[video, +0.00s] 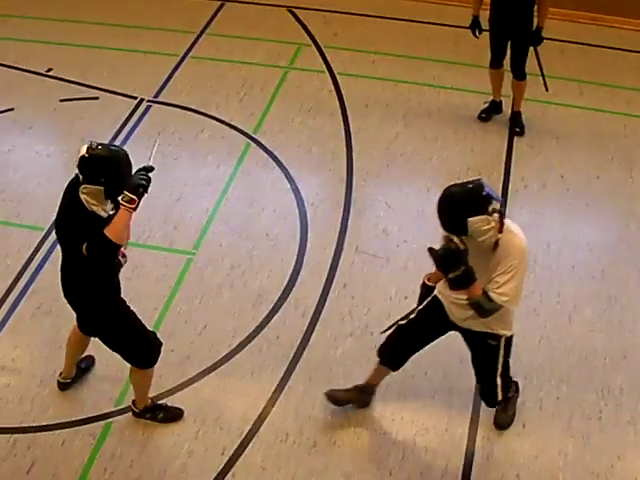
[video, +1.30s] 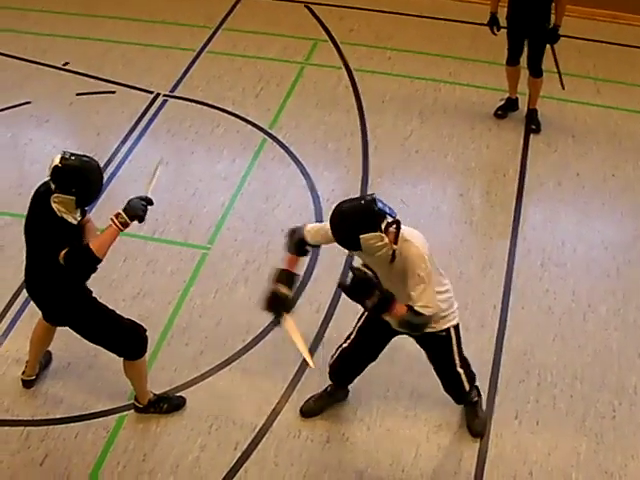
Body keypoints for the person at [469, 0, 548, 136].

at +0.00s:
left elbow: (543, 2)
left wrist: (539, 28)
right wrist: (475, 16)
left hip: (523, 24)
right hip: (498, 21)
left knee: (518, 70)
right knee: (495, 62)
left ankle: (516, 113)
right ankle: (496, 102)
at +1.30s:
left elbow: (560, 1)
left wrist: (556, 26)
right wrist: (493, 13)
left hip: (540, 22)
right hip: (515, 19)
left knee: (535, 68)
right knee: (512, 60)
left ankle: (532, 111)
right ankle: (512, 99)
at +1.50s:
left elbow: (576, 2)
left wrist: (572, 28)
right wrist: (509, 14)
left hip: (556, 23)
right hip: (531, 20)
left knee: (550, 69)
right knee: (527, 62)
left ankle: (547, 113)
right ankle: (526, 101)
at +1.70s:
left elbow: (592, 4)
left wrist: (588, 31)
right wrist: (523, 17)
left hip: (571, 26)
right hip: (546, 22)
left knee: (565, 73)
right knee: (542, 65)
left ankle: (561, 116)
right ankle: (541, 104)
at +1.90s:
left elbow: (609, 6)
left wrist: (604, 34)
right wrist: (540, 20)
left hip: (587, 30)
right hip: (562, 26)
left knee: (581, 75)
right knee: (558, 68)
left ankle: (577, 119)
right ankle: (557, 107)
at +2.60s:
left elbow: (628, 6)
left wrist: (621, 37)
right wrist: (557, 21)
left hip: (605, 31)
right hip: (580, 27)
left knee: (598, 77)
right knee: (576, 70)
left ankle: (595, 121)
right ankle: (574, 109)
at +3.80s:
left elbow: (637, 7)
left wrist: (636, 32)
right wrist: (571, 18)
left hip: (619, 27)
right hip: (595, 23)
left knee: (611, 71)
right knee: (590, 67)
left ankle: (607, 106)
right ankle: (589, 109)